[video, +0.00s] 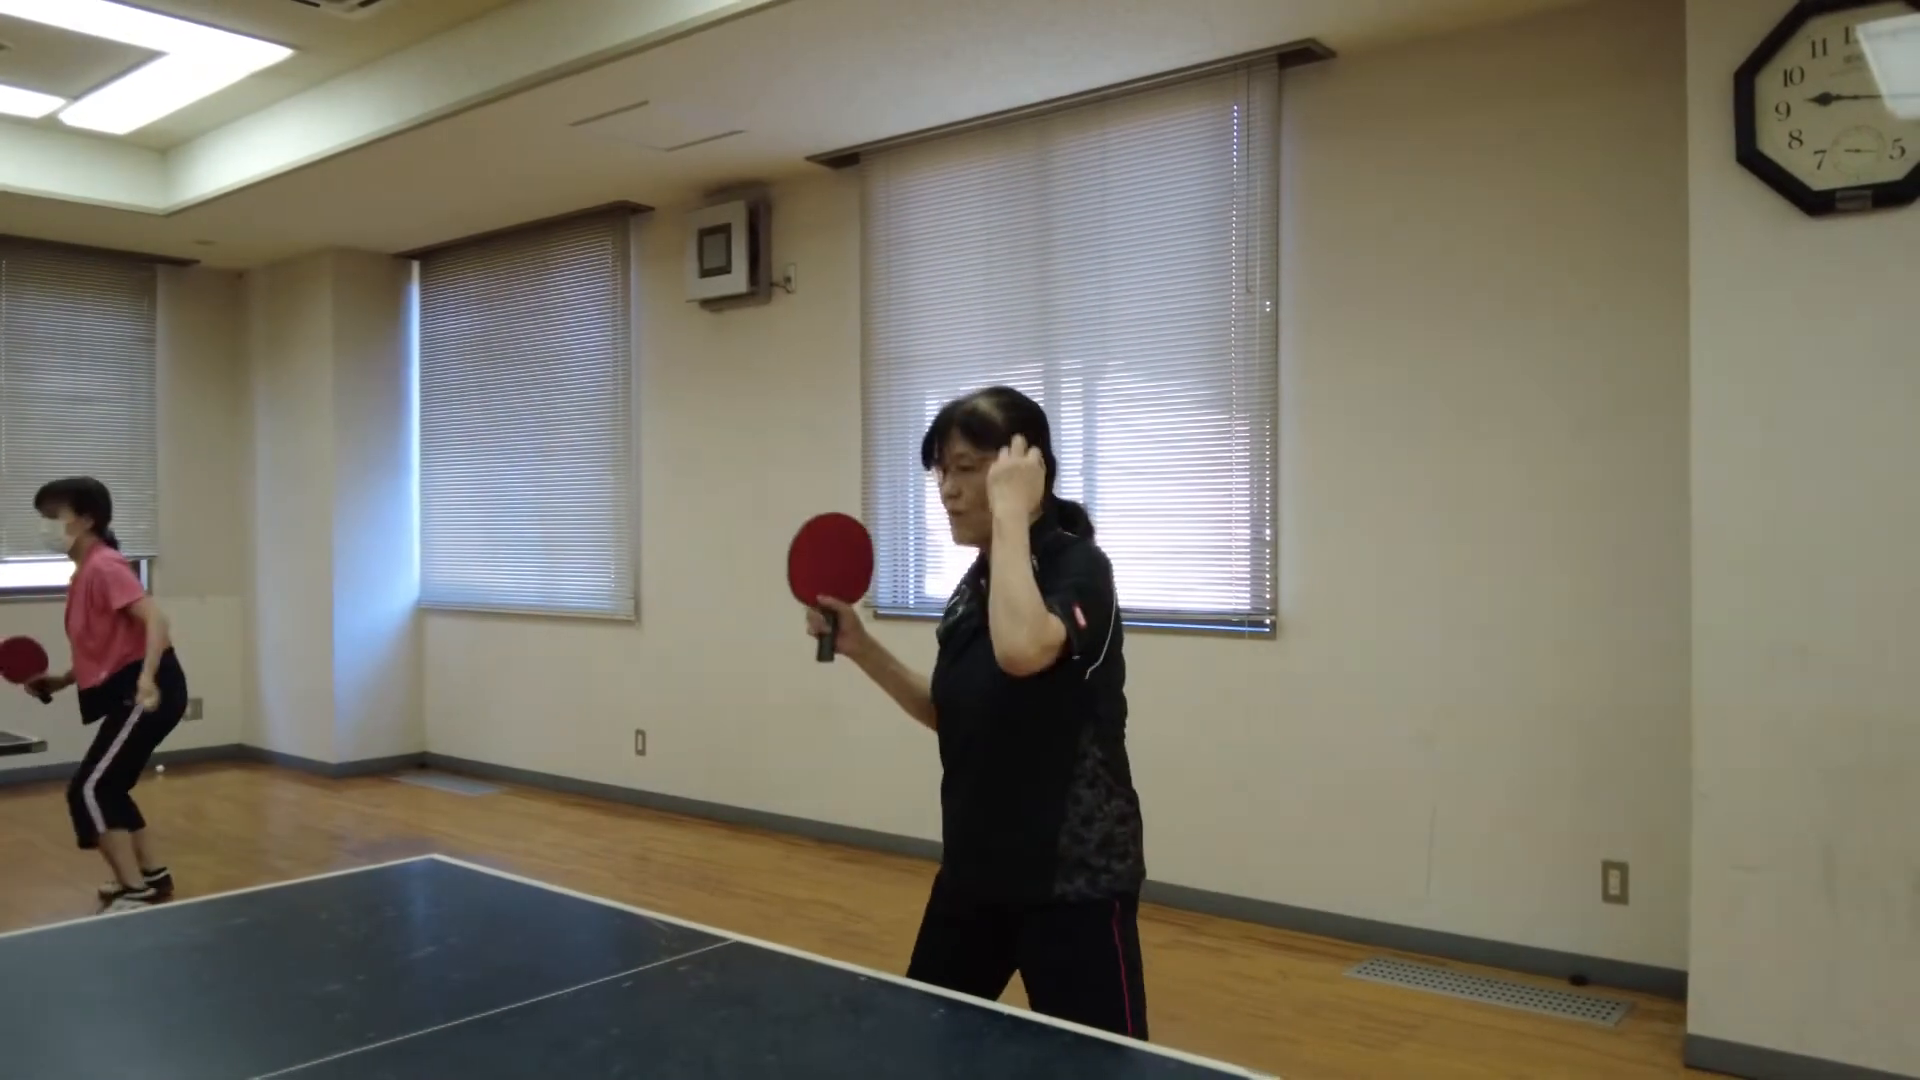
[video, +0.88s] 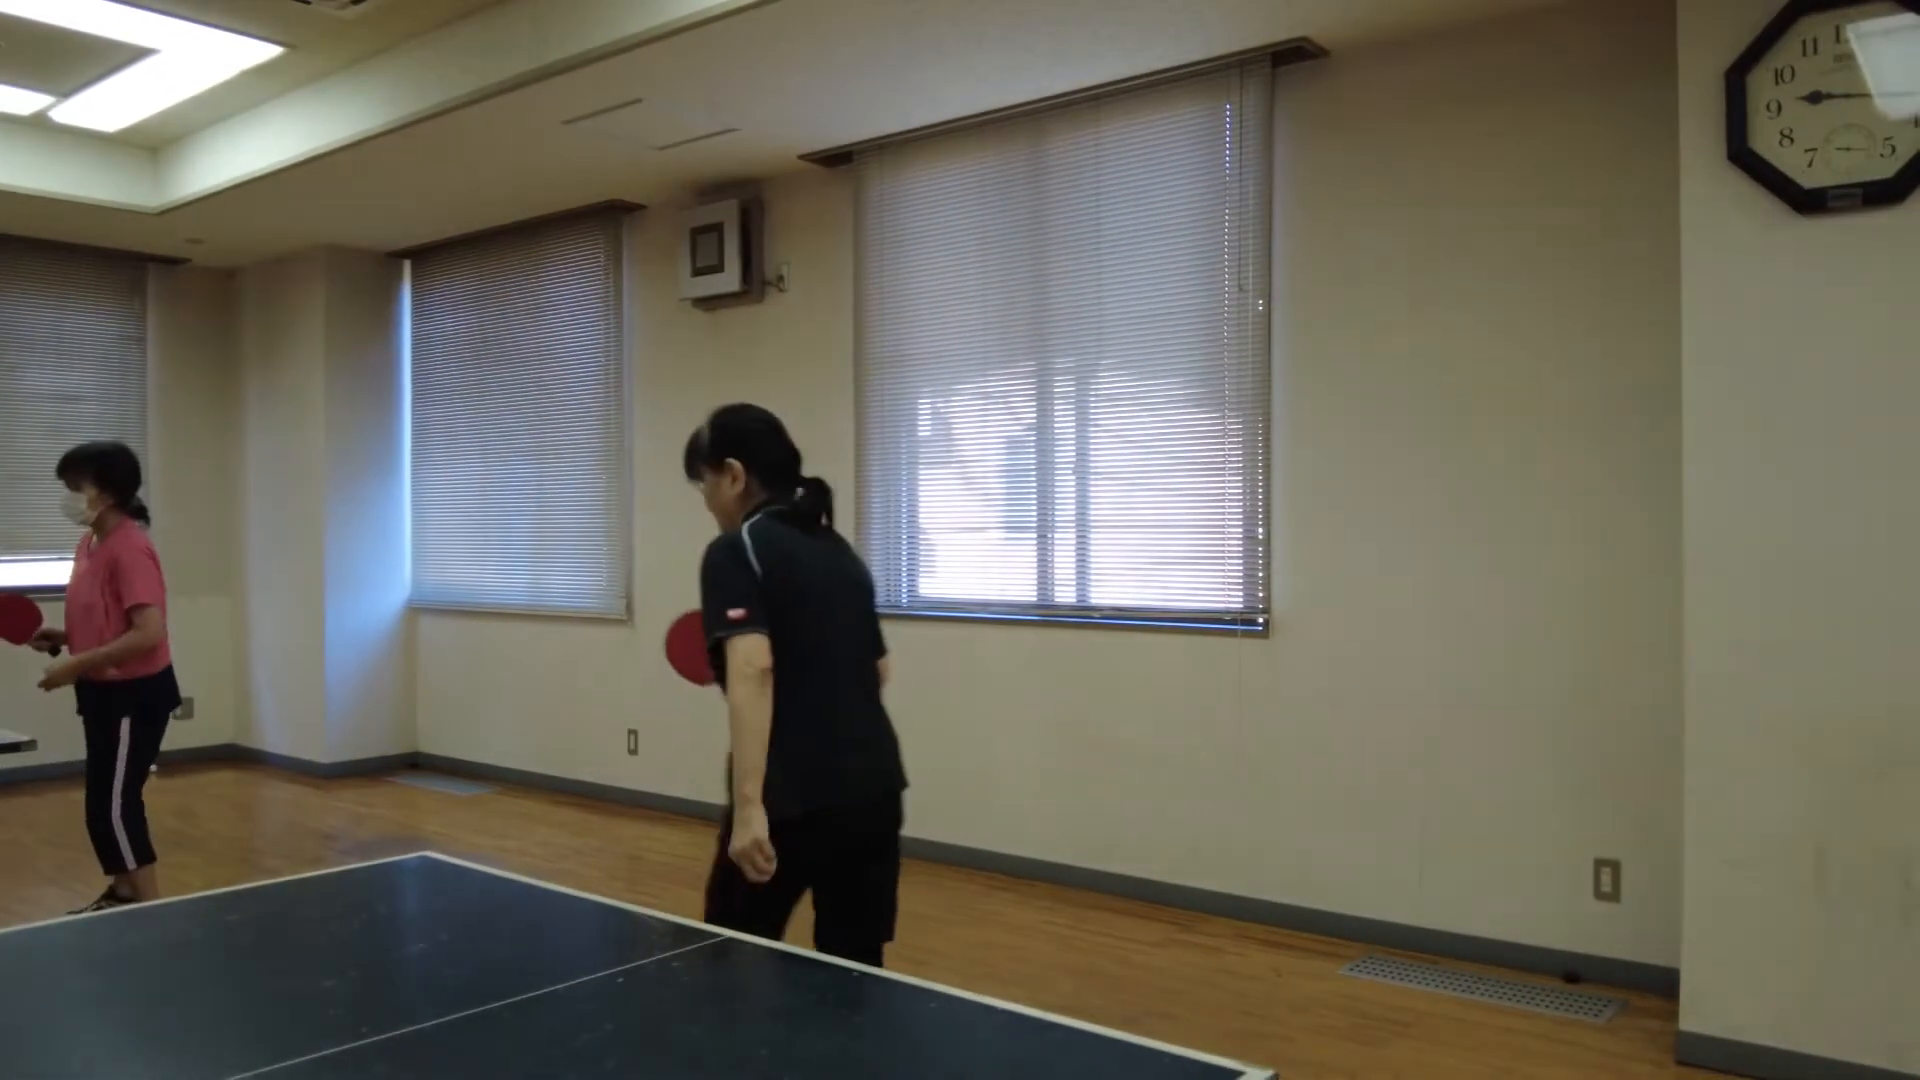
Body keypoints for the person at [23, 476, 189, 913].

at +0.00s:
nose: (53, 527)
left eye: (58, 517)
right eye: (51, 518)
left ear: (86, 518)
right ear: (80, 521)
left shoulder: (104, 566)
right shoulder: (86, 573)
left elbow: (155, 618)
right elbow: (101, 648)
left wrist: (148, 676)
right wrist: (59, 680)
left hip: (145, 691)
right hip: (130, 692)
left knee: (89, 787)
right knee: (110, 785)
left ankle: (134, 890)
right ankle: (152, 873)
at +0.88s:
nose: (70, 499)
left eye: (77, 489)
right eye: (69, 490)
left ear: (107, 490)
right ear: (96, 493)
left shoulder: (129, 545)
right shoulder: (91, 542)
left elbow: (151, 632)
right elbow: (104, 622)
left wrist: (78, 664)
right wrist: (62, 637)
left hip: (136, 694)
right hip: (104, 691)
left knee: (118, 805)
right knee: (101, 803)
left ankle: (151, 909)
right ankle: (125, 892)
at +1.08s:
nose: (72, 496)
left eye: (81, 487)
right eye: (72, 487)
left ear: (111, 490)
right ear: (98, 492)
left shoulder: (133, 543)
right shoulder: (95, 543)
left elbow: (146, 626)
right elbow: (93, 628)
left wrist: (65, 621)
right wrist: (50, 627)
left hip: (126, 688)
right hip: (94, 685)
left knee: (113, 802)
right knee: (95, 797)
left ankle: (151, 907)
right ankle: (123, 892)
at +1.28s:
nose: (81, 498)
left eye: (90, 488)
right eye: (80, 488)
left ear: (120, 490)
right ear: (103, 493)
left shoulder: (140, 542)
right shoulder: (98, 542)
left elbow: (109, 613)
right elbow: (96, 621)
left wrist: (64, 557)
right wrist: (64, 634)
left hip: (120, 684)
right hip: (87, 682)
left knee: (114, 797)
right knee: (89, 793)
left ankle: (150, 905)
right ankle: (122, 891)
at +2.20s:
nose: (73, 509)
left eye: (82, 498)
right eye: (72, 499)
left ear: (113, 500)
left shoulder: (135, 554)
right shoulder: (96, 552)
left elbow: (148, 636)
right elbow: (87, 627)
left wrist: (67, 633)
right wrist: (40, 644)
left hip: (100, 693)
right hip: (68, 690)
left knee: (108, 800)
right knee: (81, 797)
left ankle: (146, 908)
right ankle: (116, 896)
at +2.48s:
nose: (62, 507)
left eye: (70, 496)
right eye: (61, 497)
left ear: (98, 497)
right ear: (73, 501)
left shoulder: (122, 554)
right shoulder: (87, 554)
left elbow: (151, 629)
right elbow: (82, 626)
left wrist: (78, 636)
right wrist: (35, 645)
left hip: (105, 693)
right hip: (73, 690)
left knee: (106, 800)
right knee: (80, 798)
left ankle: (147, 891)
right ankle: (117, 889)